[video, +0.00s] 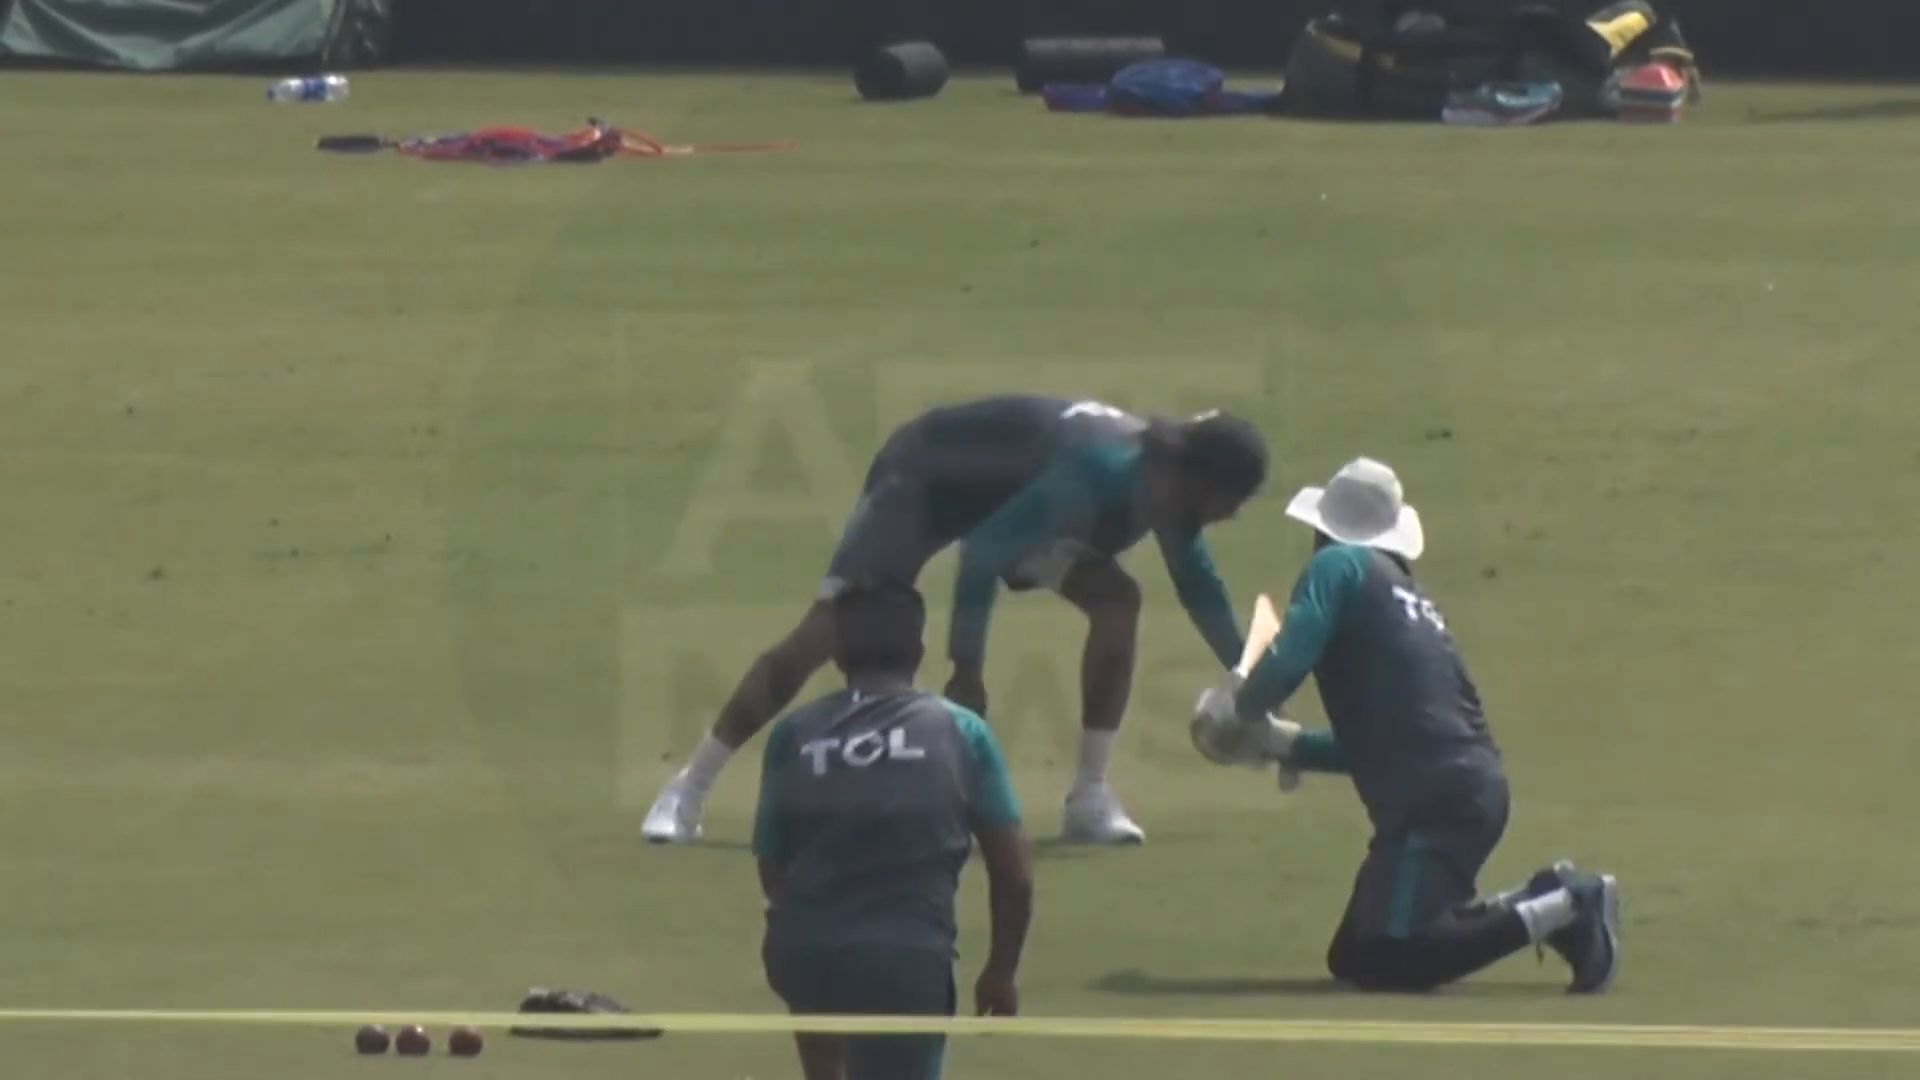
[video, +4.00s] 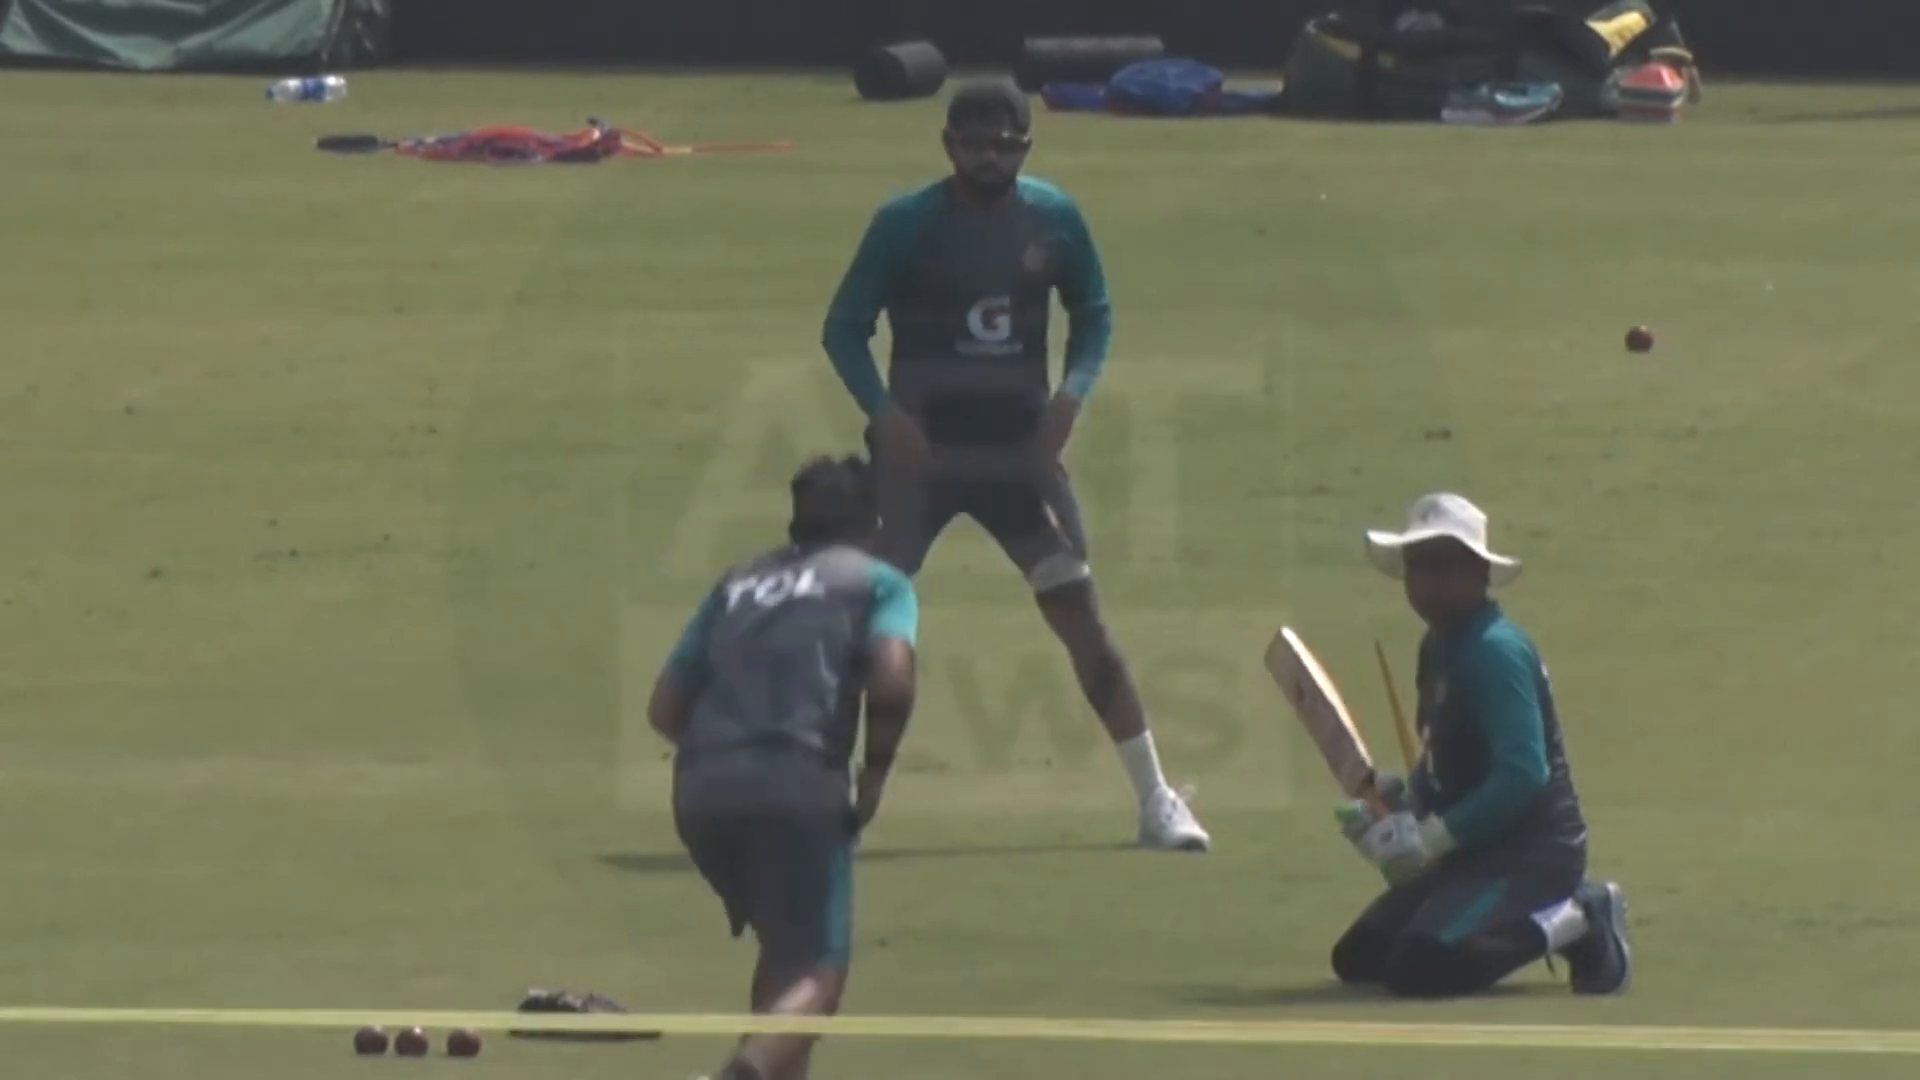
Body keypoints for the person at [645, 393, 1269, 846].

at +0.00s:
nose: (1208, 521)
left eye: (1218, 513)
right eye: (1207, 506)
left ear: (1197, 476)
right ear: (1181, 472)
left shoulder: (1166, 475)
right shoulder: (1094, 470)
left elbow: (1198, 580)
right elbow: (980, 561)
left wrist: (1249, 675)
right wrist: (967, 680)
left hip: (1012, 498)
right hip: (923, 474)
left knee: (1120, 599)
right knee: (826, 632)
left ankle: (1088, 797)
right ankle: (688, 790)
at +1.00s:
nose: (1127, 222)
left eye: (1128, 208)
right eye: (1116, 207)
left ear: (1083, 213)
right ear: (1071, 206)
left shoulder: (1064, 285)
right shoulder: (990, 267)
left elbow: (1024, 401)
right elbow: (921, 391)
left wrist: (1034, 496)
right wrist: (955, 508)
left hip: (980, 445)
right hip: (891, 439)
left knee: (1050, 599)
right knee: (858, 606)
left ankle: (1084, 795)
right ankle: (781, 772)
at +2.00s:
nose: (1010, 180)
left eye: (1024, 166)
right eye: (995, 165)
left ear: (1043, 169)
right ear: (968, 163)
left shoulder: (1066, 243)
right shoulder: (920, 245)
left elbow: (1105, 335)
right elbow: (875, 362)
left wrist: (1124, 396)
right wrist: (917, 435)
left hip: (1028, 457)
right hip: (925, 453)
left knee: (1109, 615)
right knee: (844, 616)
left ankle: (1157, 800)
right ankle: (764, 781)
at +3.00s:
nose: (983, 139)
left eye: (997, 127)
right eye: (968, 122)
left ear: (1013, 135)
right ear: (937, 125)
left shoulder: (1030, 204)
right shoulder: (894, 218)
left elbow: (1102, 182)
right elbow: (850, 335)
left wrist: (1027, 104)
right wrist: (877, 375)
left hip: (1021, 442)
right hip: (922, 443)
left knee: (1080, 624)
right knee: (844, 622)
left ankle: (1155, 798)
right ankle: (774, 784)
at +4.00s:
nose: (989, 159)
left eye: (1004, 146)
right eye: (975, 145)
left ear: (1026, 145)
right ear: (949, 143)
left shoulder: (1056, 220)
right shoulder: (903, 224)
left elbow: (1092, 321)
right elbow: (843, 327)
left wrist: (1070, 402)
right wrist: (880, 413)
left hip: (1018, 451)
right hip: (919, 453)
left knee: (1082, 624)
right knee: (862, 620)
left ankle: (1157, 798)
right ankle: (815, 794)